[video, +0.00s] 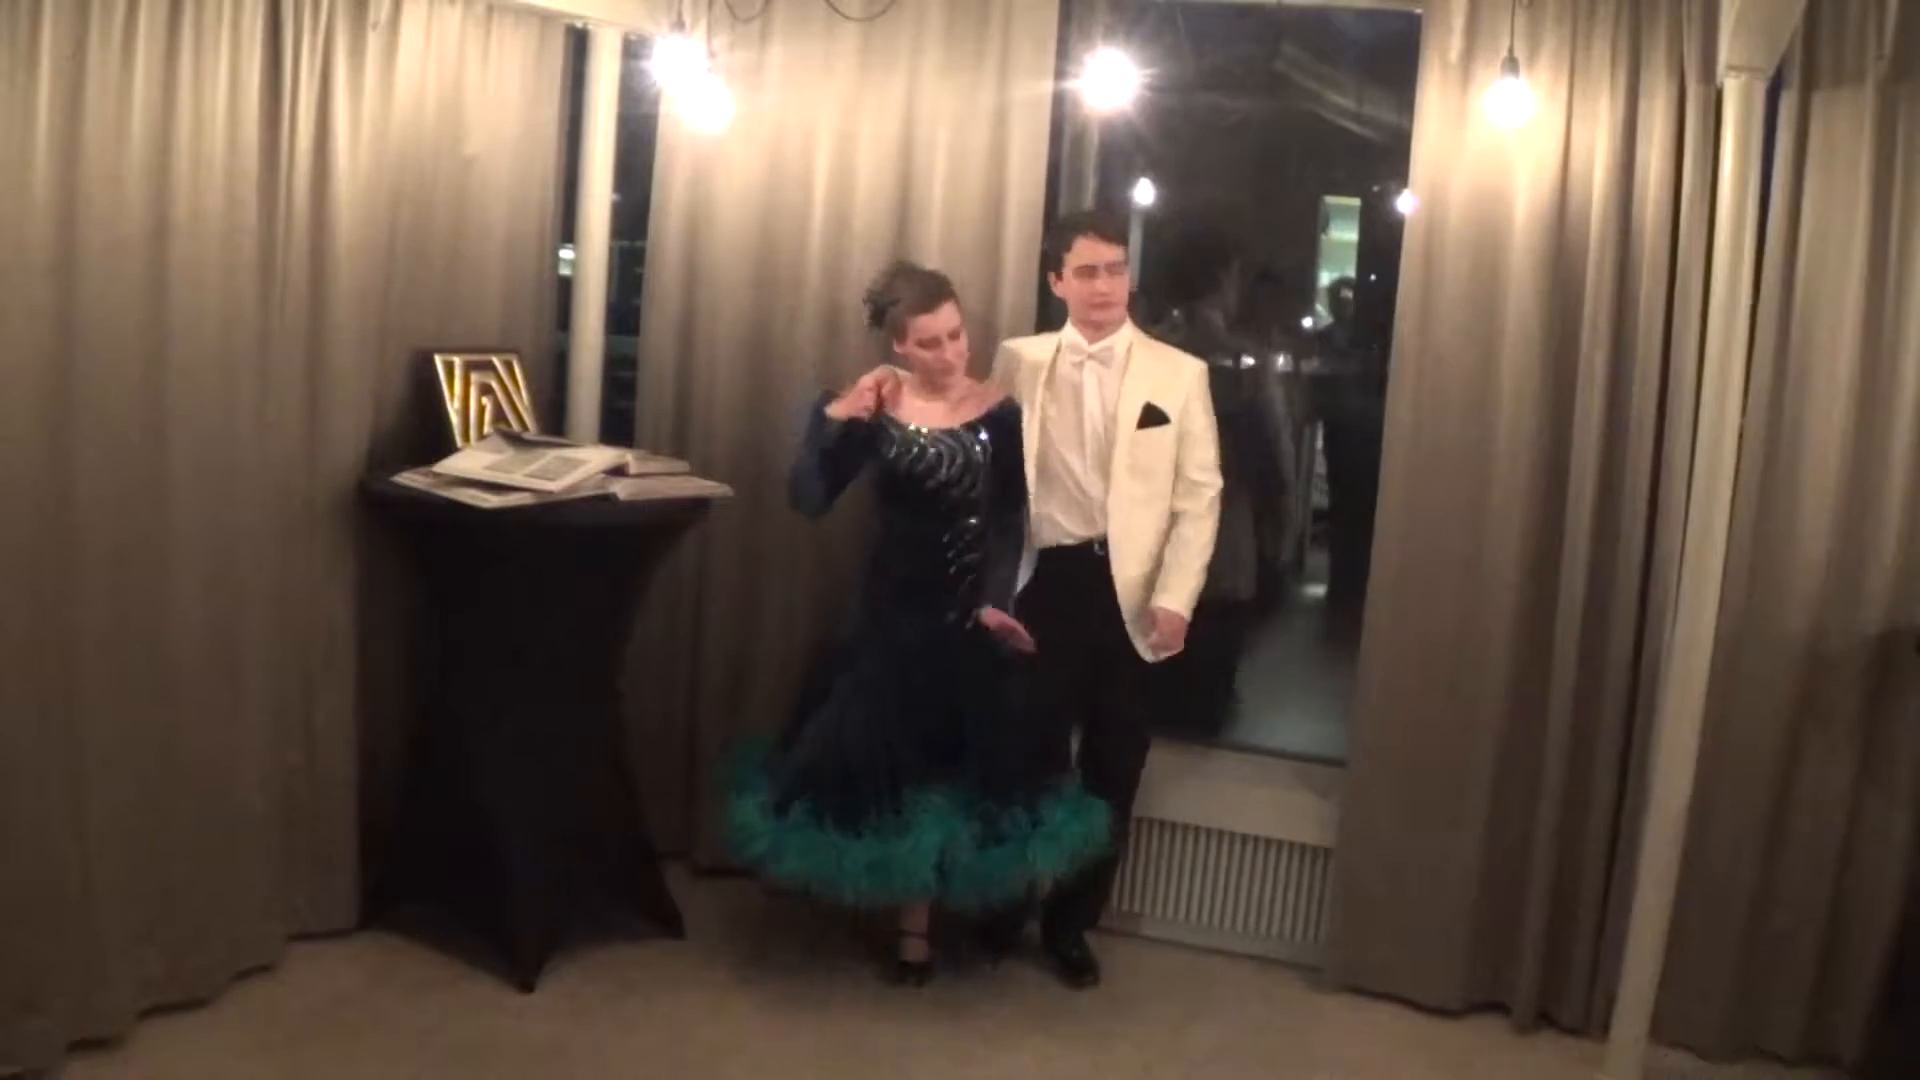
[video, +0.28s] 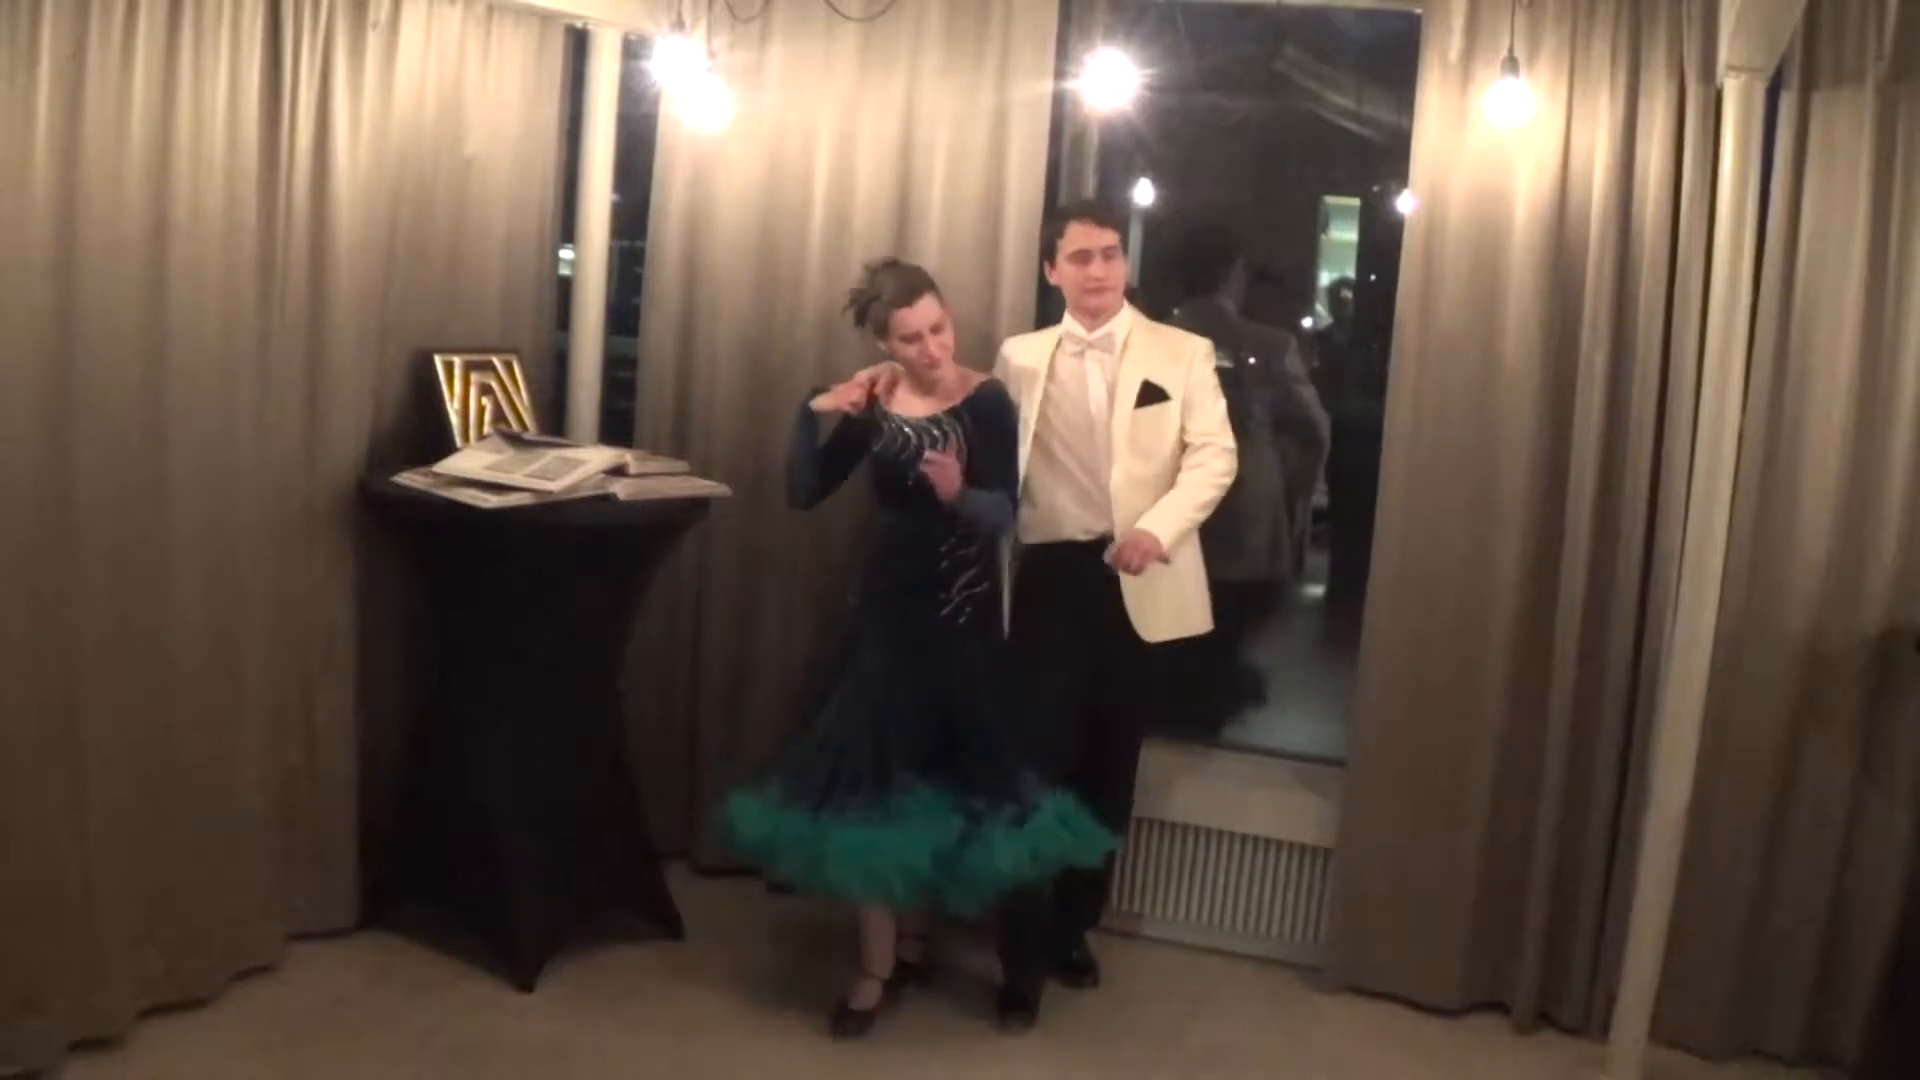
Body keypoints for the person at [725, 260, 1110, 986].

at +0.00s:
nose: (949, 354)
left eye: (955, 335)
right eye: (928, 343)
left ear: (968, 328)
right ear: (896, 346)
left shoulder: (997, 412)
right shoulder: (878, 408)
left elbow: (1011, 517)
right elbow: (811, 497)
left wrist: (997, 597)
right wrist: (835, 416)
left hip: (971, 610)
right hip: (896, 604)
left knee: (959, 756)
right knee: (902, 755)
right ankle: (903, 910)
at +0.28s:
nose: (932, 349)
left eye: (937, 330)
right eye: (913, 341)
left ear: (950, 318)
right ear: (886, 346)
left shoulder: (987, 401)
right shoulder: (873, 403)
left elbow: (1005, 509)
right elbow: (806, 490)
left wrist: (957, 494)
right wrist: (820, 417)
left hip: (965, 611)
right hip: (890, 604)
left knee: (940, 763)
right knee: (868, 759)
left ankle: (912, 928)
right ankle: (875, 954)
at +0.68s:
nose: (919, 332)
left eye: (926, 314)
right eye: (900, 321)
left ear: (940, 314)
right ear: (864, 333)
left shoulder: (973, 401)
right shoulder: (848, 403)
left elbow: (988, 510)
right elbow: (781, 494)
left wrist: (956, 561)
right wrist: (792, 423)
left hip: (947, 607)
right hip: (869, 601)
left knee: (932, 761)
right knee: (862, 765)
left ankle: (915, 921)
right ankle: (872, 955)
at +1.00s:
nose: (933, 323)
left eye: (940, 309)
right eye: (915, 309)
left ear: (948, 317)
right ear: (869, 317)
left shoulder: (968, 407)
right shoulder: (837, 393)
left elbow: (991, 525)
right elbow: (747, 479)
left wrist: (1055, 607)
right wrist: (788, 400)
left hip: (933, 617)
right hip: (850, 611)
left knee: (917, 793)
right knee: (848, 785)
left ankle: (883, 985)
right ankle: (878, 954)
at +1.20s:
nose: (942, 324)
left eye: (948, 310)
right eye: (924, 308)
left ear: (953, 320)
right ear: (872, 316)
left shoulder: (962, 412)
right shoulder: (827, 400)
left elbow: (1005, 532)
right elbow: (726, 471)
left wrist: (1105, 551)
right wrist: (782, 389)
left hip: (924, 626)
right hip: (842, 620)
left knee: (905, 799)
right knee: (846, 790)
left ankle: (870, 985)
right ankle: (872, 965)